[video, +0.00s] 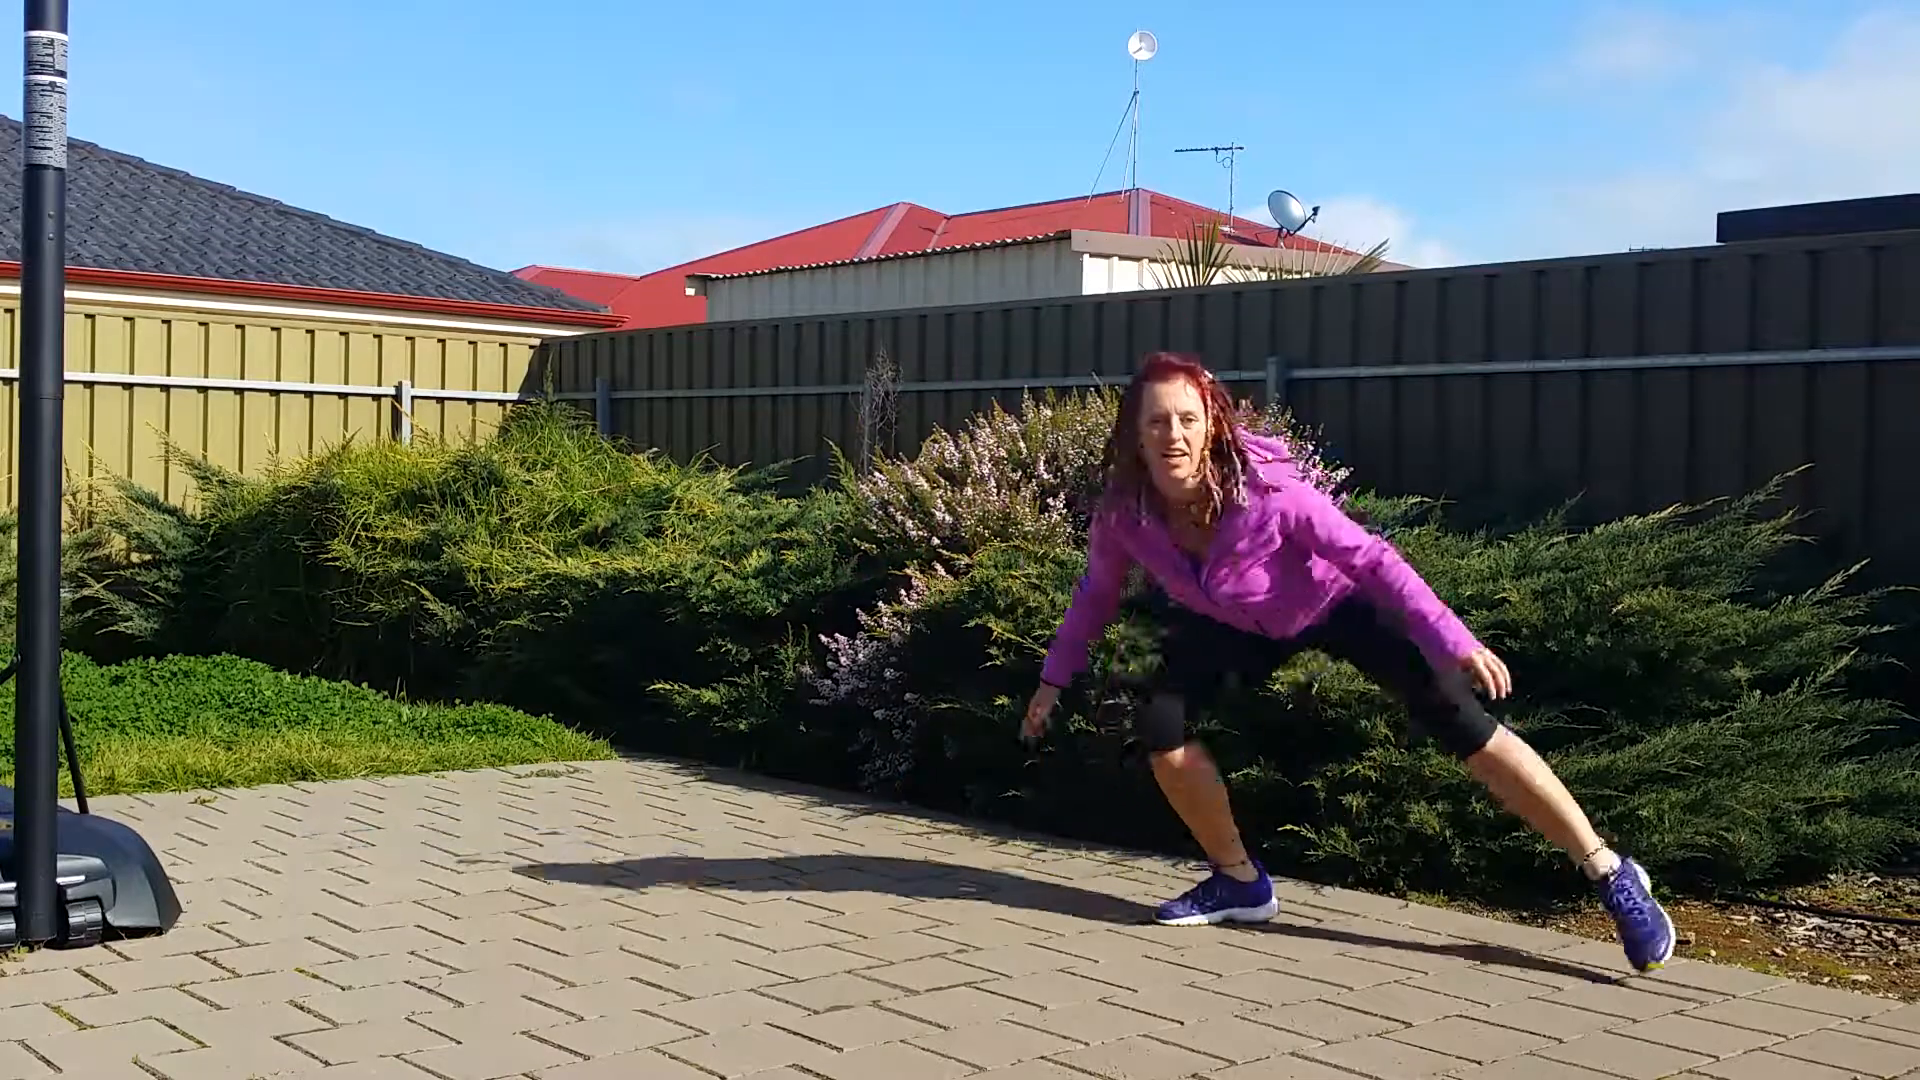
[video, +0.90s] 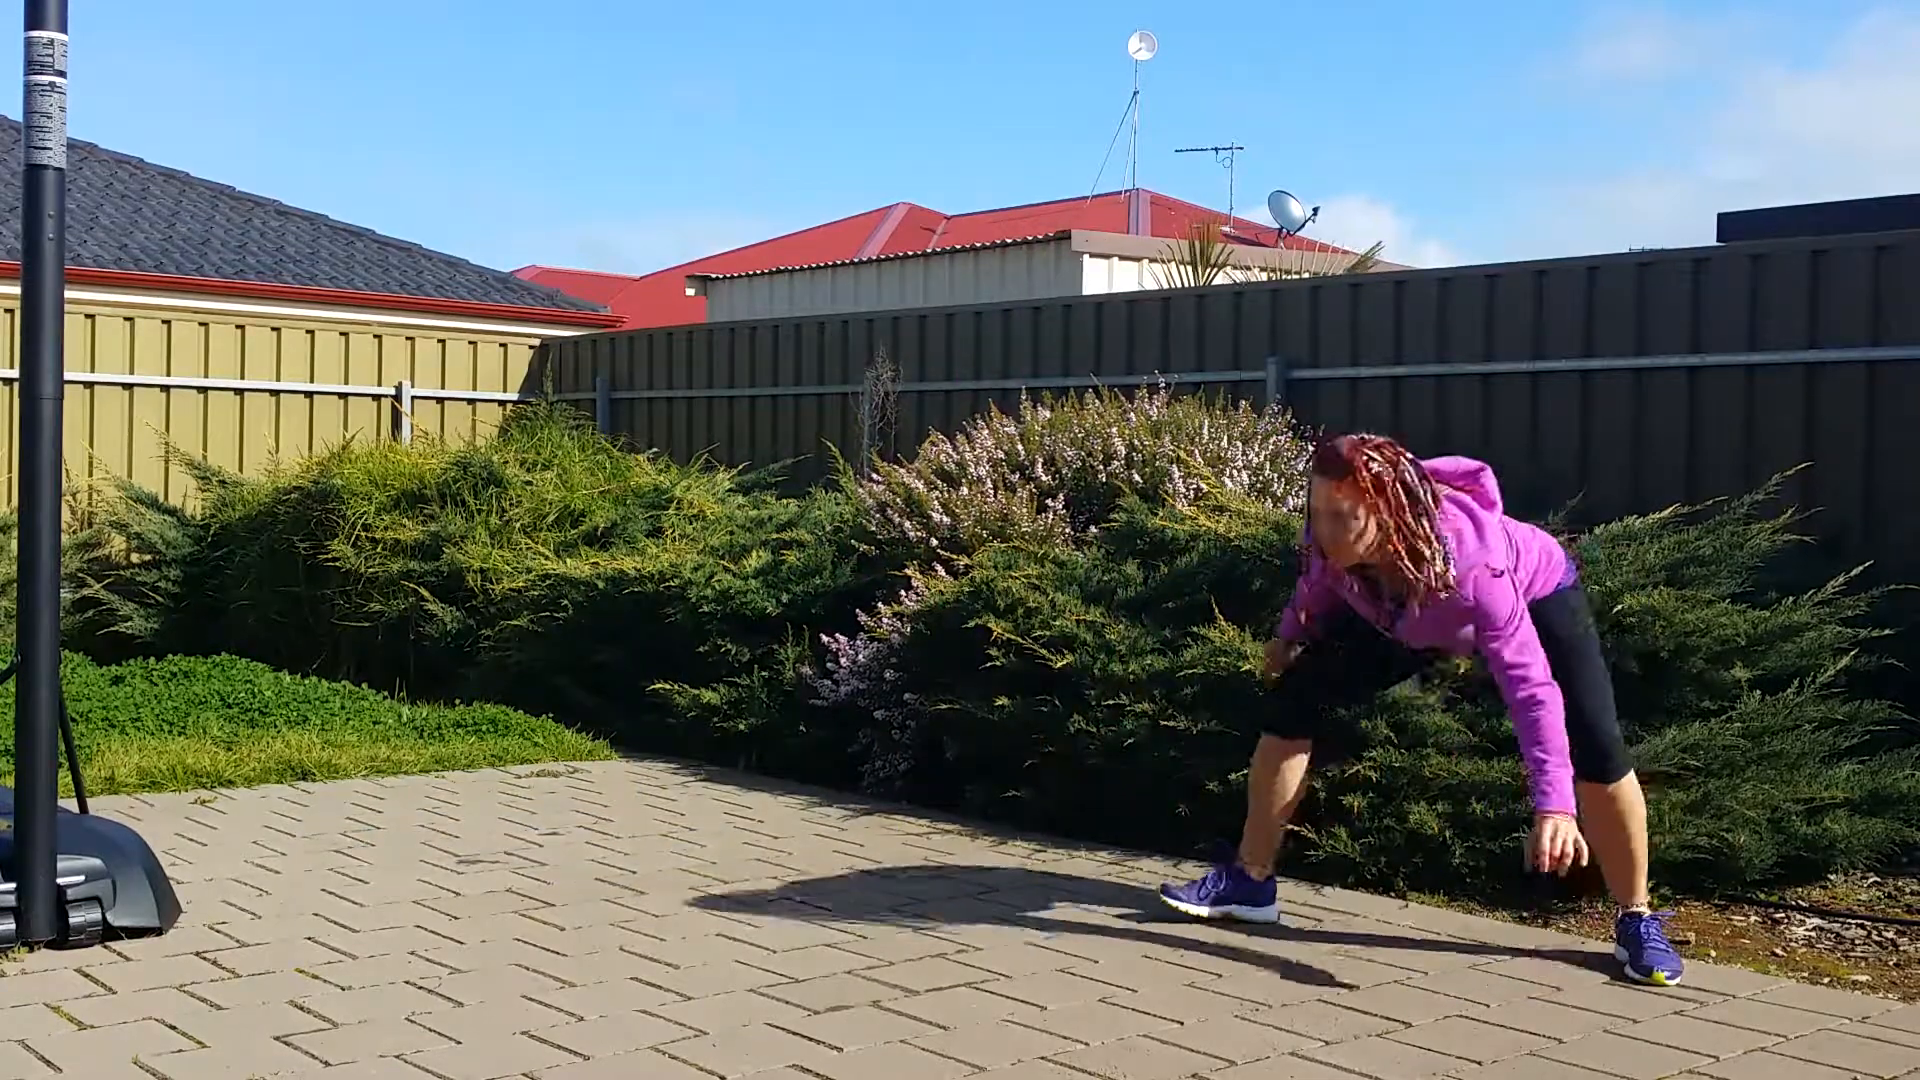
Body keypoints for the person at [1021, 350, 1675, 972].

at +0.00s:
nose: (1174, 434)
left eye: (1188, 419)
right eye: (1157, 422)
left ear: (1216, 427)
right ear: (1131, 436)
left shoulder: (1268, 487)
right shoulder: (1124, 515)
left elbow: (1372, 557)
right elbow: (1092, 601)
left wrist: (1457, 644)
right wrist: (1052, 680)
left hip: (1334, 600)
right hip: (1229, 620)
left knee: (1465, 727)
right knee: (1163, 730)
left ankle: (1609, 873)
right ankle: (1238, 881)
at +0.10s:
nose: (1229, 476)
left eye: (1243, 459)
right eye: (1211, 463)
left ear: (1270, 462)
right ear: (1187, 475)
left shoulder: (1327, 530)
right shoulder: (1184, 538)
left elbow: (1421, 616)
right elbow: (1155, 612)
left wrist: (1478, 728)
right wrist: (1116, 691)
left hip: (1393, 616)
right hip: (1294, 626)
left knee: (1496, 753)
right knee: (1192, 712)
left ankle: (1617, 908)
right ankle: (1239, 882)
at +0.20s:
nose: (1295, 513)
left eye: (1309, 495)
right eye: (1278, 499)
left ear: (1337, 496)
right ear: (1256, 509)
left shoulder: (1395, 567)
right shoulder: (1254, 559)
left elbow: (1461, 689)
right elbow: (1219, 618)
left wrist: (1502, 820)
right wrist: (1190, 680)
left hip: (1462, 610)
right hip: (1351, 627)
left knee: (1547, 761)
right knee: (1229, 716)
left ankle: (1630, 916)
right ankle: (1241, 882)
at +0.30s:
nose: (1360, 549)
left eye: (1374, 530)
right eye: (1342, 534)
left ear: (1401, 527)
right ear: (1320, 539)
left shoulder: (1460, 595)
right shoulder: (1309, 570)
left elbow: (1494, 736)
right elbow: (1274, 612)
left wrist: (1517, 879)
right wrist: (1258, 656)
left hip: (1513, 606)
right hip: (1391, 622)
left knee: (1588, 746)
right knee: (1272, 708)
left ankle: (1634, 920)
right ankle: (1243, 880)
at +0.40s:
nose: (1415, 579)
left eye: (1431, 561)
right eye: (1398, 563)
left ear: (1456, 554)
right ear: (1373, 561)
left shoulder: (1508, 601)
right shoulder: (1356, 569)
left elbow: (1528, 754)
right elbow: (1326, 594)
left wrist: (1529, 902)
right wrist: (1309, 630)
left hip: (1541, 600)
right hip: (1417, 620)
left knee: (1618, 748)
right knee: (1315, 722)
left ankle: (1640, 922)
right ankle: (1244, 880)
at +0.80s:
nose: (1393, 573)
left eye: (1411, 558)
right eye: (1381, 556)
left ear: (1449, 550)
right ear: (1366, 544)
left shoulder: (1518, 594)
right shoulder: (1373, 552)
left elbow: (1557, 736)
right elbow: (1354, 578)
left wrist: (1572, 877)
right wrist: (1330, 621)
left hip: (1571, 604)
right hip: (1445, 615)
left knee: (1632, 749)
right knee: (1333, 710)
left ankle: (1641, 922)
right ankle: (1255, 876)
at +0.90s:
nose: (1321, 532)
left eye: (1338, 518)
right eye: (1317, 516)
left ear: (1381, 514)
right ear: (1312, 512)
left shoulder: (1465, 556)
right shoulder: (1331, 545)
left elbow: (1532, 684)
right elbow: (1315, 589)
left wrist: (1555, 803)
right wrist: (1290, 635)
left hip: (1529, 597)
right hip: (1415, 610)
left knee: (1600, 752)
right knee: (1290, 710)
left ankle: (1637, 920)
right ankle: (1251, 879)